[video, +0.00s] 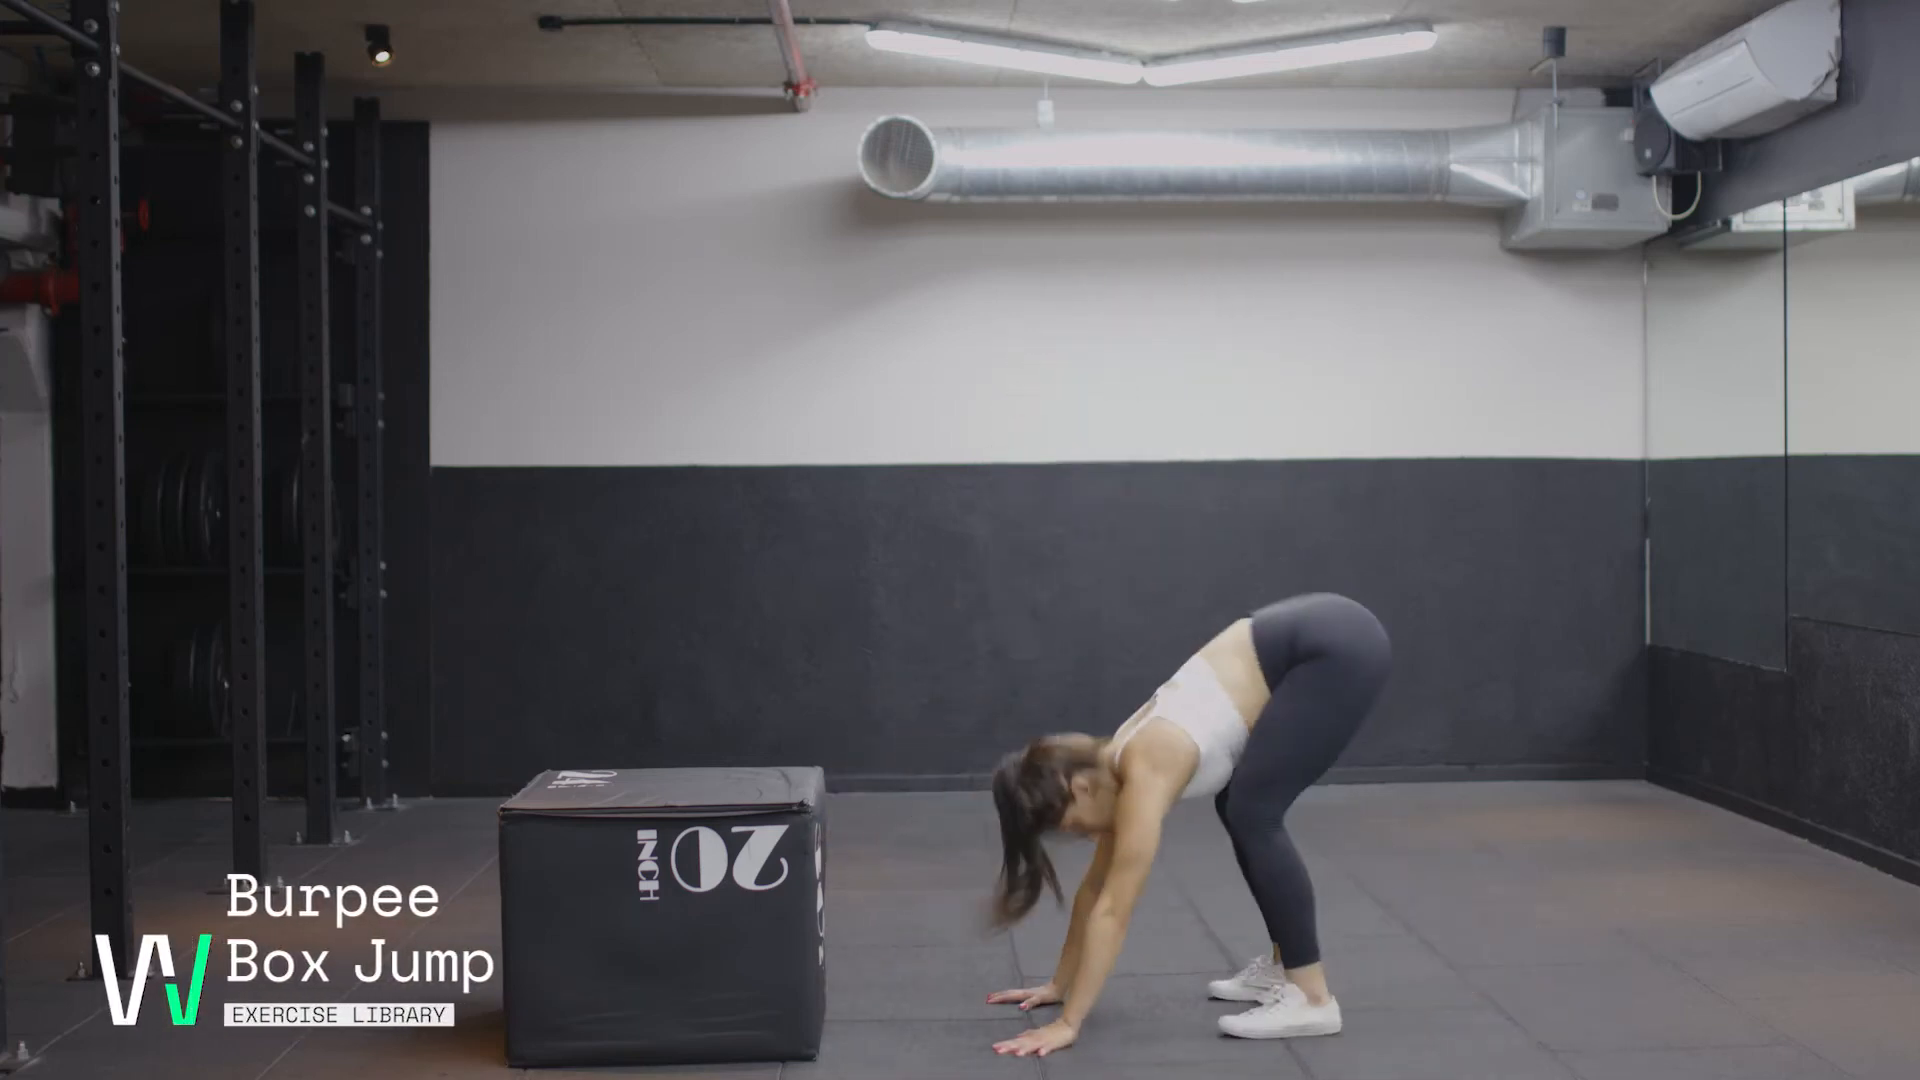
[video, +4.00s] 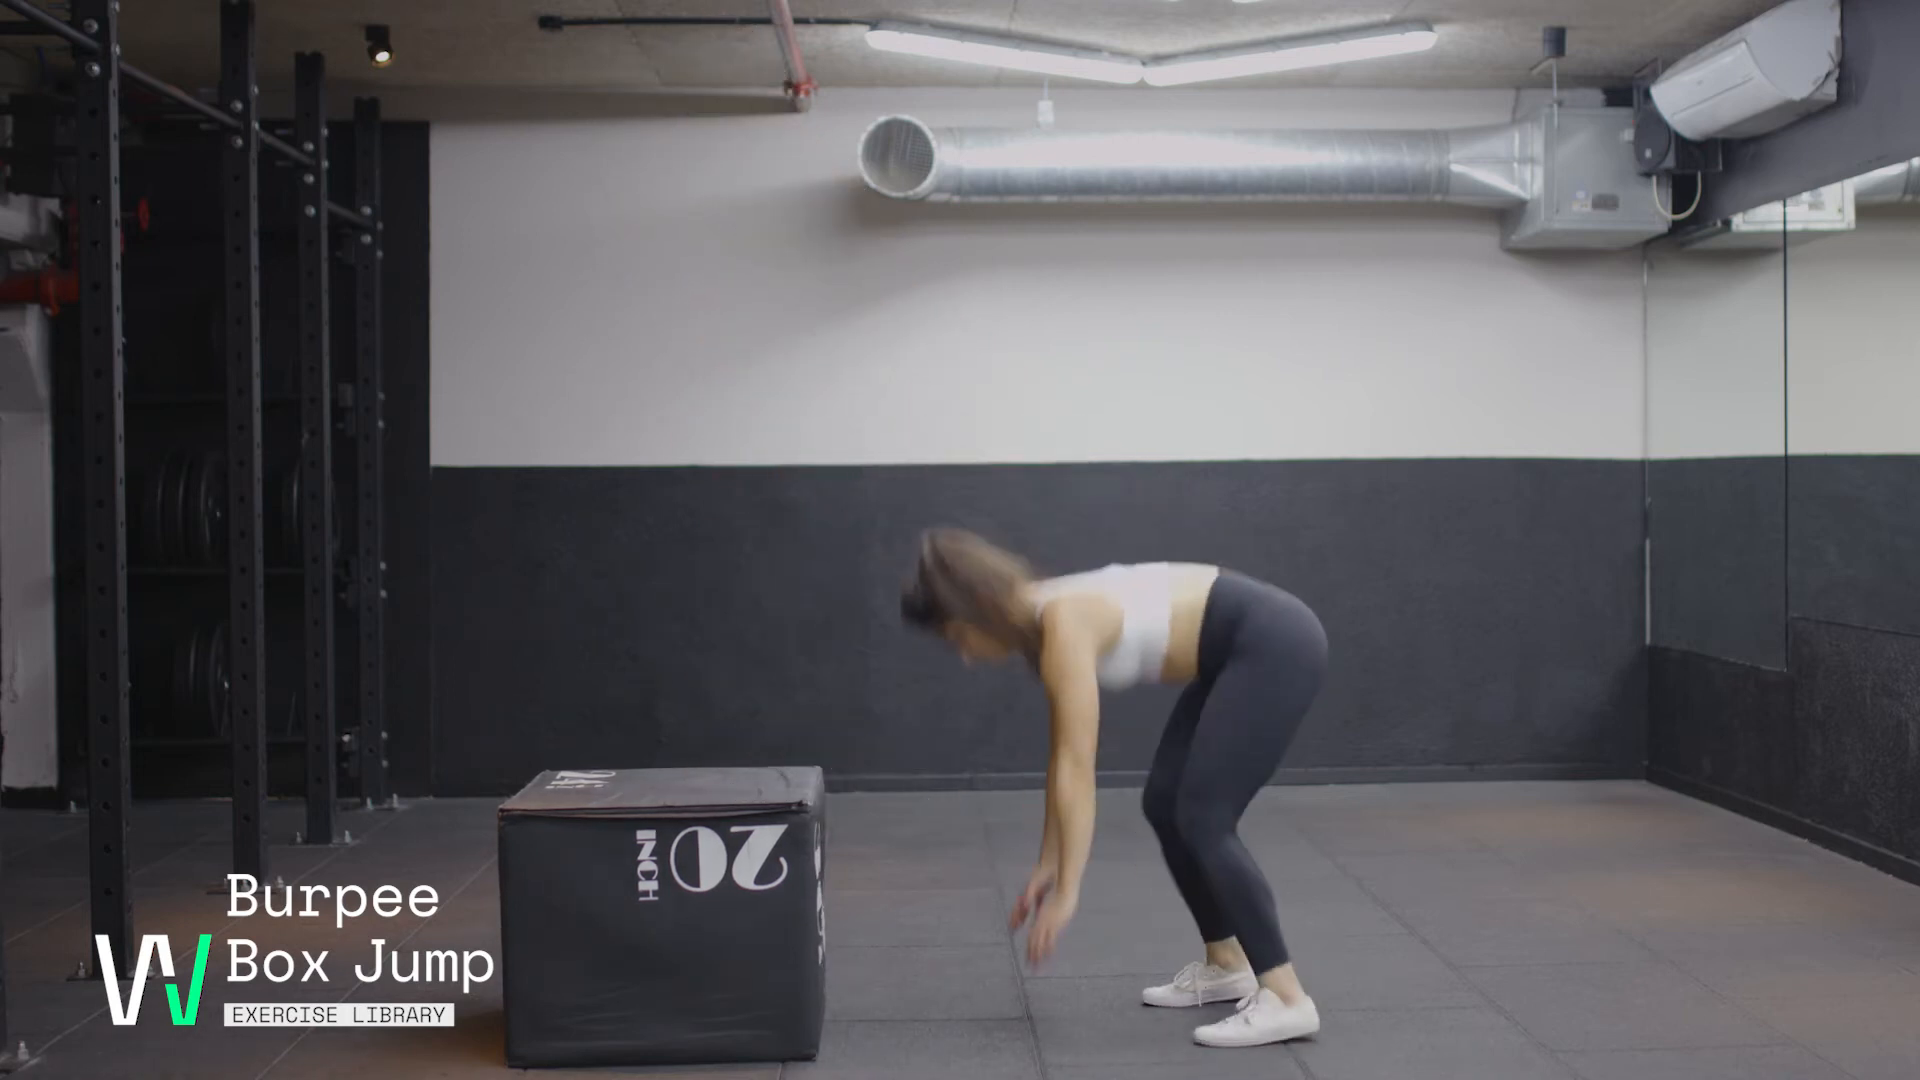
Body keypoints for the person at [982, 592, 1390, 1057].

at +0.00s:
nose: (1078, 833)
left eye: (1068, 823)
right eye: (1067, 830)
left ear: (1079, 785)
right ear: (1079, 779)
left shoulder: (1145, 769)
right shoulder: (1119, 761)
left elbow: (1115, 908)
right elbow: (1094, 892)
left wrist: (1070, 1023)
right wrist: (1061, 986)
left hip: (1340, 647)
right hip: (1313, 642)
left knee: (1252, 812)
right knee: (1239, 807)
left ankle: (1312, 996)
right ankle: (1286, 966)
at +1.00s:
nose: (1030, 368)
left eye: (1035, 350)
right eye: (1028, 353)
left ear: (1077, 344)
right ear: (1082, 345)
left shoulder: (1113, 421)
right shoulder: (1123, 414)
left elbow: (1161, 533)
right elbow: (1190, 515)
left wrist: (1159, 657)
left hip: (1182, 634)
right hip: (1156, 633)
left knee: (1218, 821)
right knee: (1097, 807)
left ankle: (1305, 987)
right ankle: (1041, 969)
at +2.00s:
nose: (676, 313)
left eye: (677, 293)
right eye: (670, 298)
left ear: (712, 273)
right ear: (716, 274)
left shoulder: (769, 336)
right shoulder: (778, 331)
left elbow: (694, 449)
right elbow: (721, 463)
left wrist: (594, 501)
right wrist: (616, 499)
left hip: (947, 462)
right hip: (941, 459)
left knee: (784, 555)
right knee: (783, 553)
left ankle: (813, 743)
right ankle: (798, 716)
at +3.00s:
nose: (710, 143)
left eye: (710, 125)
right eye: (704, 127)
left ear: (736, 112)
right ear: (770, 99)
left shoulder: (796, 178)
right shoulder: (824, 166)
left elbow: (813, 310)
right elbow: (846, 300)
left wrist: (769, 425)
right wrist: (778, 358)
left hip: (882, 390)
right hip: (914, 384)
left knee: (787, 562)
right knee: (871, 569)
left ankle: (786, 756)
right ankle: (972, 725)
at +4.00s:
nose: (966, 656)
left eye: (959, 638)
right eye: (954, 644)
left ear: (981, 609)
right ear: (984, 603)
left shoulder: (1067, 624)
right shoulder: (1046, 620)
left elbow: (1078, 766)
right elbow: (1064, 757)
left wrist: (1067, 894)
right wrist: (1048, 866)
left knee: (1202, 817)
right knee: (1166, 805)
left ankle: (1287, 998)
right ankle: (1227, 966)